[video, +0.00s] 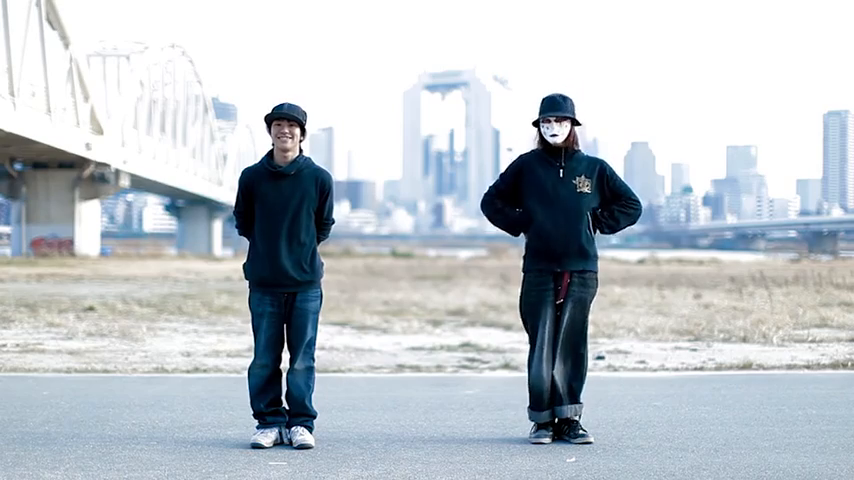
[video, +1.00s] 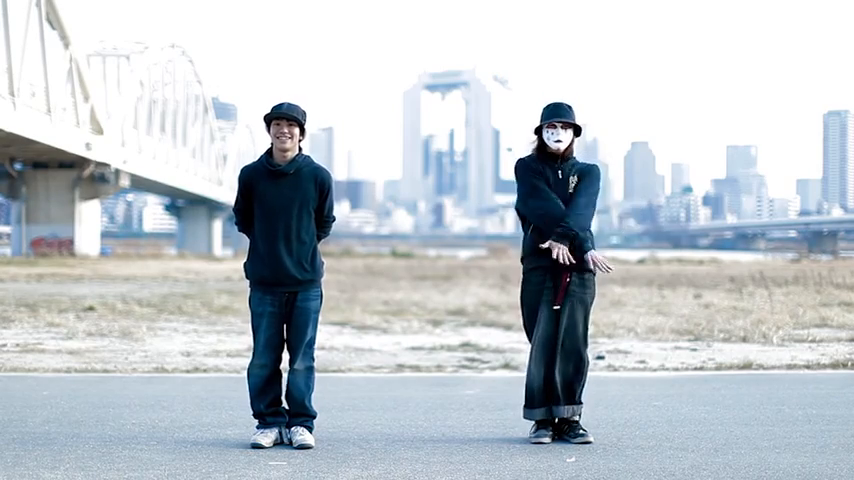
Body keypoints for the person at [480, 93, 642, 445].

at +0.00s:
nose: (553, 127)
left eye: (559, 121)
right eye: (547, 121)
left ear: (571, 125)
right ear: (539, 125)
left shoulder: (594, 167)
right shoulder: (525, 165)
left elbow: (632, 205)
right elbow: (490, 202)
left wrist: (595, 221)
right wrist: (523, 224)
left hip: (581, 267)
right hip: (539, 266)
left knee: (572, 343)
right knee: (541, 342)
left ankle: (569, 419)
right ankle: (542, 421)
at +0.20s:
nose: (554, 120)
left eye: (561, 115)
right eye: (549, 114)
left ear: (573, 121)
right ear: (539, 118)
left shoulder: (593, 158)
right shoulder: (523, 161)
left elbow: (625, 196)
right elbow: (495, 199)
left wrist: (619, 235)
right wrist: (503, 235)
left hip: (583, 264)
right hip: (540, 265)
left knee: (574, 341)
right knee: (543, 341)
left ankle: (569, 418)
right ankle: (543, 420)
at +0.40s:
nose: (558, 114)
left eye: (565, 110)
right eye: (553, 107)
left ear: (574, 118)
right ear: (542, 112)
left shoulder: (588, 151)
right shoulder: (522, 155)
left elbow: (600, 205)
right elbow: (514, 211)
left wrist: (609, 255)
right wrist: (520, 261)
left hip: (582, 258)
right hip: (539, 260)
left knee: (575, 339)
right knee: (542, 339)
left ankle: (571, 418)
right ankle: (542, 420)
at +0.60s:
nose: (561, 120)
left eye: (568, 115)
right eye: (555, 113)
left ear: (577, 122)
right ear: (544, 117)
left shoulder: (590, 158)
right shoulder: (524, 159)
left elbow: (597, 212)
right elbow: (516, 215)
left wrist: (604, 259)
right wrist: (520, 264)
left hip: (582, 260)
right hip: (539, 262)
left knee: (574, 338)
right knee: (541, 337)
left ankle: (569, 417)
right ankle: (542, 418)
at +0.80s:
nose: (560, 119)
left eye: (566, 114)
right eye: (554, 113)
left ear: (576, 120)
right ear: (543, 119)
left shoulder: (589, 161)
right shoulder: (526, 156)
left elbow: (622, 198)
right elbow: (503, 193)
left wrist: (660, 232)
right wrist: (488, 231)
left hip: (580, 262)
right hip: (538, 263)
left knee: (572, 338)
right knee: (540, 339)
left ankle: (569, 418)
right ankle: (542, 420)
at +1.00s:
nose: (557, 133)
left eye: (564, 128)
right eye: (551, 127)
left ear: (574, 133)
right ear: (541, 131)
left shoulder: (588, 170)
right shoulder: (526, 166)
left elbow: (582, 208)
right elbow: (542, 205)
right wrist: (582, 244)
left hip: (576, 263)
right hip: (538, 265)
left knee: (573, 339)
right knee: (541, 339)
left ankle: (569, 419)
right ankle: (543, 420)